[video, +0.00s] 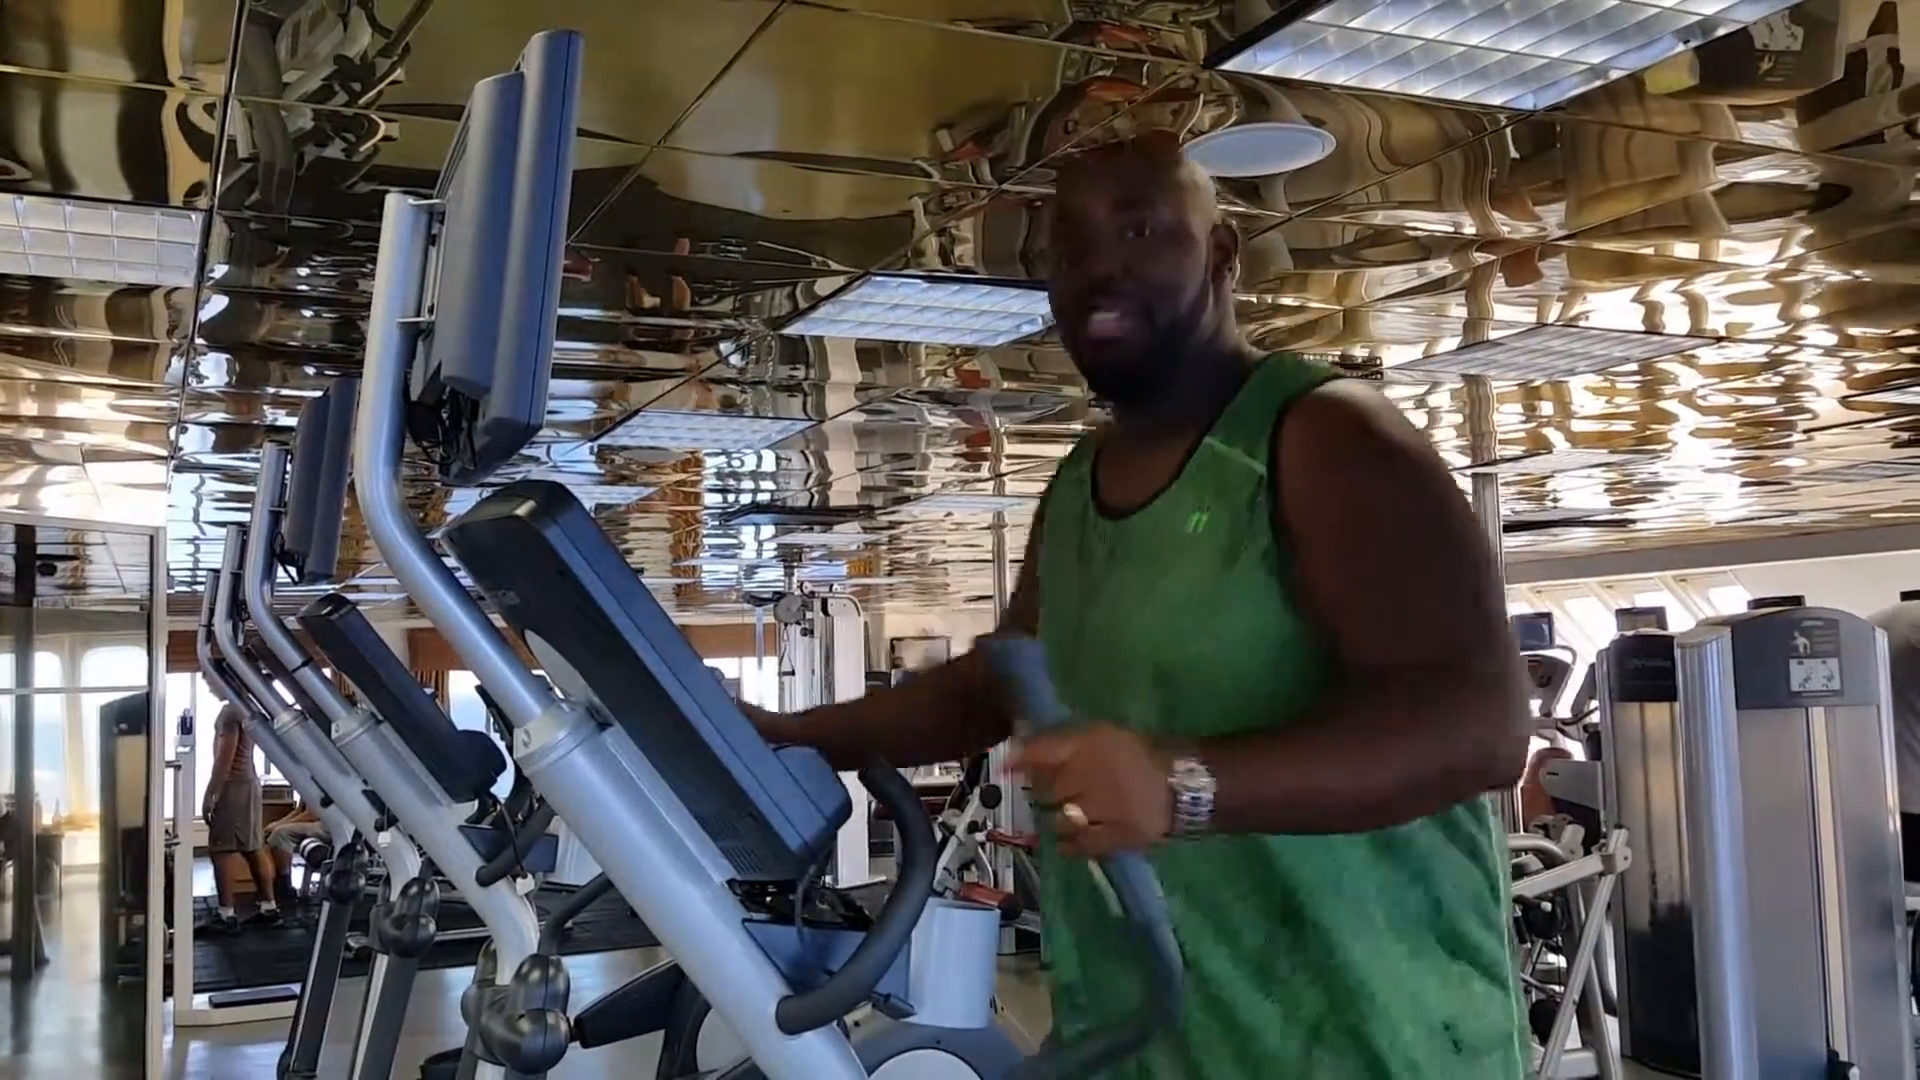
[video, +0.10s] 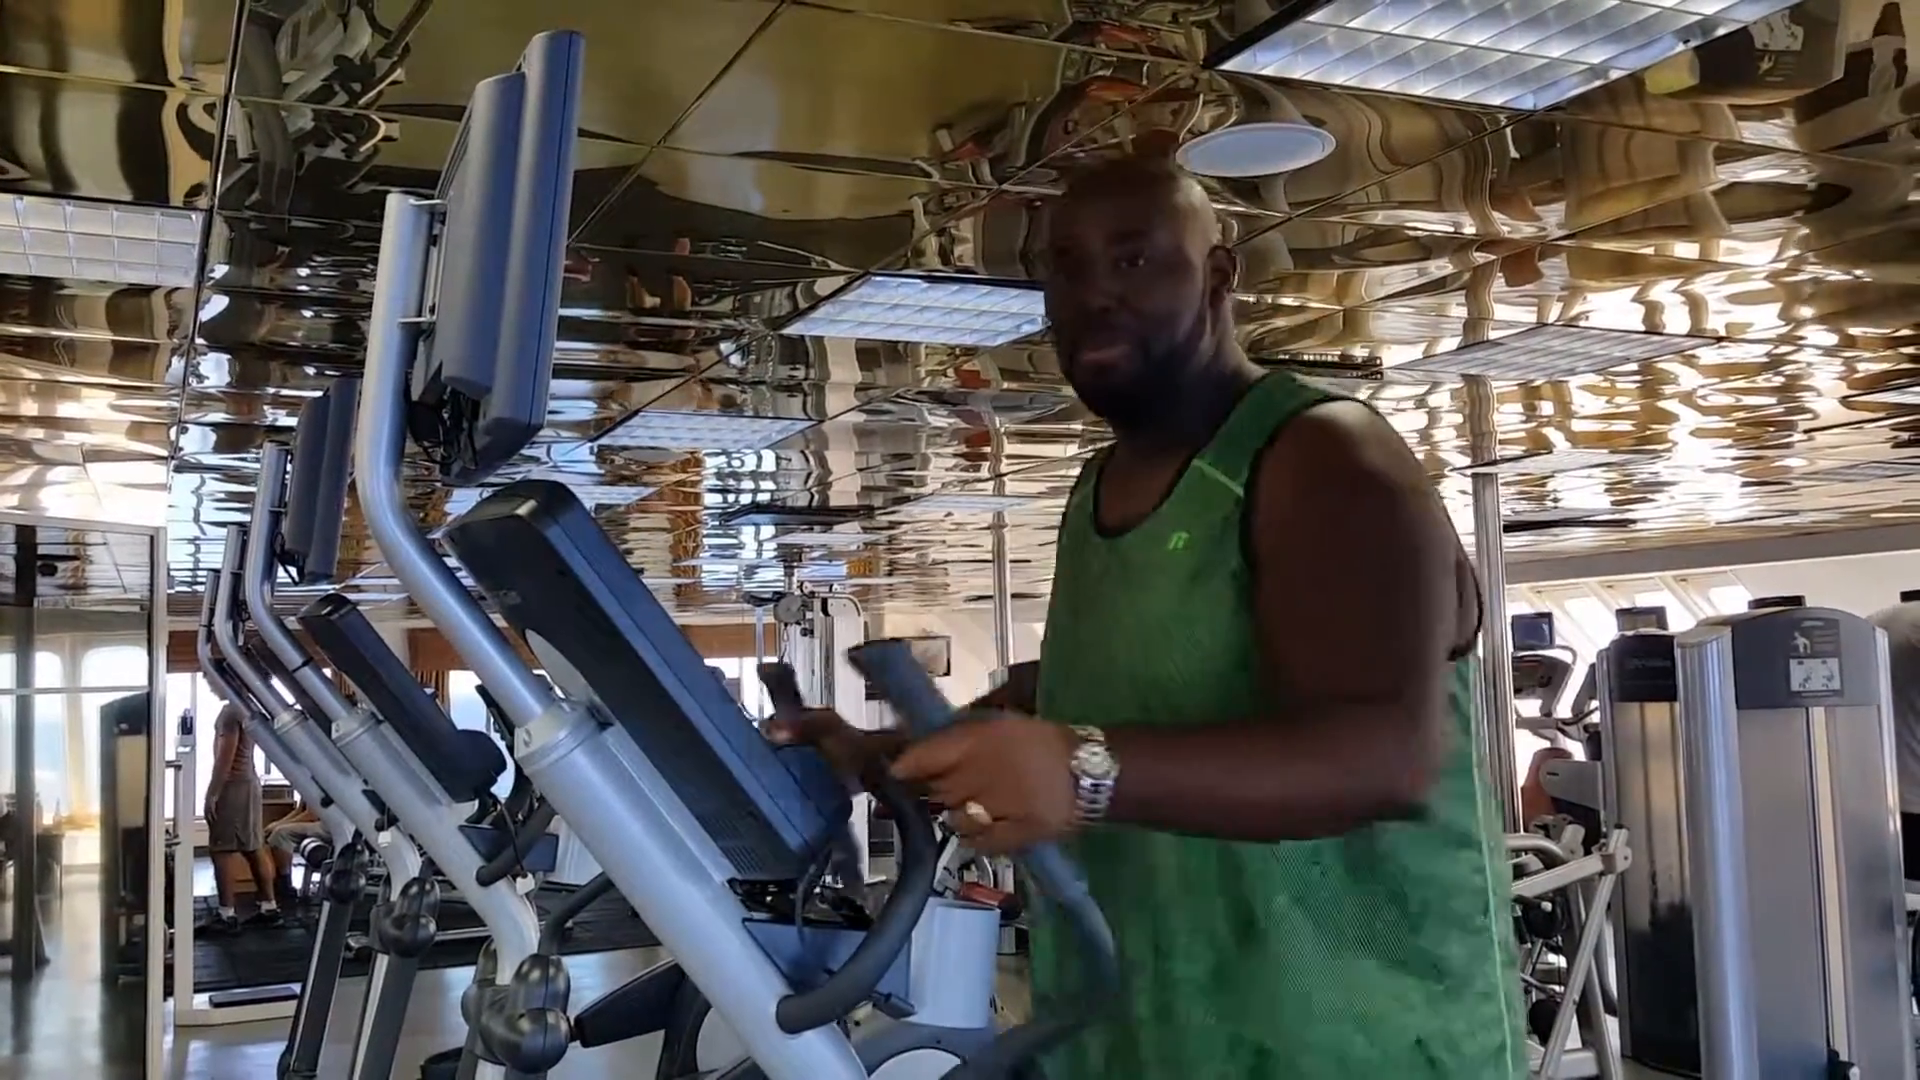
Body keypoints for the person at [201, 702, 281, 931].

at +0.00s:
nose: (206, 684)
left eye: (208, 675)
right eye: (204, 677)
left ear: (224, 678)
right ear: (232, 679)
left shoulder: (231, 712)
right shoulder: (247, 709)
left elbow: (224, 761)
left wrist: (209, 795)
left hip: (233, 786)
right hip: (250, 784)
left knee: (220, 850)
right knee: (254, 847)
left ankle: (226, 912)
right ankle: (269, 907)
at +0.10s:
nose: (207, 683)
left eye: (210, 675)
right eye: (206, 676)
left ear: (226, 678)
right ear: (233, 679)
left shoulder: (231, 712)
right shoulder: (247, 709)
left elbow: (225, 760)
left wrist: (211, 795)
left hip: (233, 785)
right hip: (250, 784)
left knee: (221, 850)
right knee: (254, 846)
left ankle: (226, 912)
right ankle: (269, 907)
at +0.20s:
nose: (209, 682)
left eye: (211, 673)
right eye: (208, 674)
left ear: (226, 676)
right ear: (234, 677)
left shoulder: (232, 711)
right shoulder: (249, 708)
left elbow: (226, 760)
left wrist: (212, 794)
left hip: (234, 785)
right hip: (251, 783)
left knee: (223, 849)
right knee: (255, 844)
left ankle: (227, 911)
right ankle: (270, 906)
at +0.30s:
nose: (210, 680)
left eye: (213, 670)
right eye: (209, 670)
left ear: (228, 675)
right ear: (237, 677)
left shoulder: (234, 710)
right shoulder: (251, 708)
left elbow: (228, 758)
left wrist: (215, 793)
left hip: (236, 783)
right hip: (253, 781)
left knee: (225, 848)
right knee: (257, 844)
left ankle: (230, 911)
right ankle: (273, 905)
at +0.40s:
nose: (211, 680)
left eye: (214, 670)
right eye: (211, 670)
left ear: (228, 676)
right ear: (237, 677)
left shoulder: (234, 711)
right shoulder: (251, 708)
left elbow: (228, 759)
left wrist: (214, 794)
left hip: (235, 784)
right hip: (253, 782)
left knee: (226, 849)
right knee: (258, 845)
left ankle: (229, 911)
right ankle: (272, 906)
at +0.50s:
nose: (214, 682)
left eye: (216, 673)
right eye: (213, 674)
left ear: (228, 677)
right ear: (238, 678)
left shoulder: (234, 712)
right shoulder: (251, 709)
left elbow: (228, 760)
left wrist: (215, 794)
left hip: (236, 786)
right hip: (253, 783)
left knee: (228, 850)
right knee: (258, 846)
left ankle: (229, 913)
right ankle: (273, 907)